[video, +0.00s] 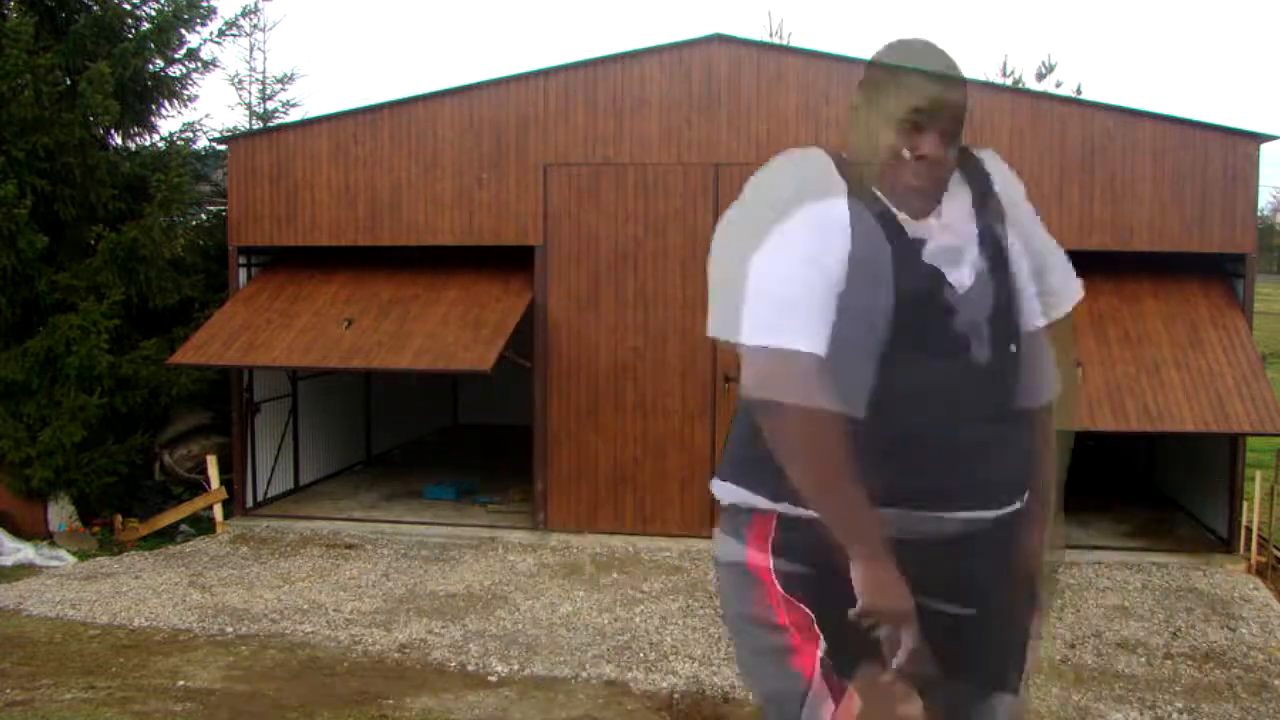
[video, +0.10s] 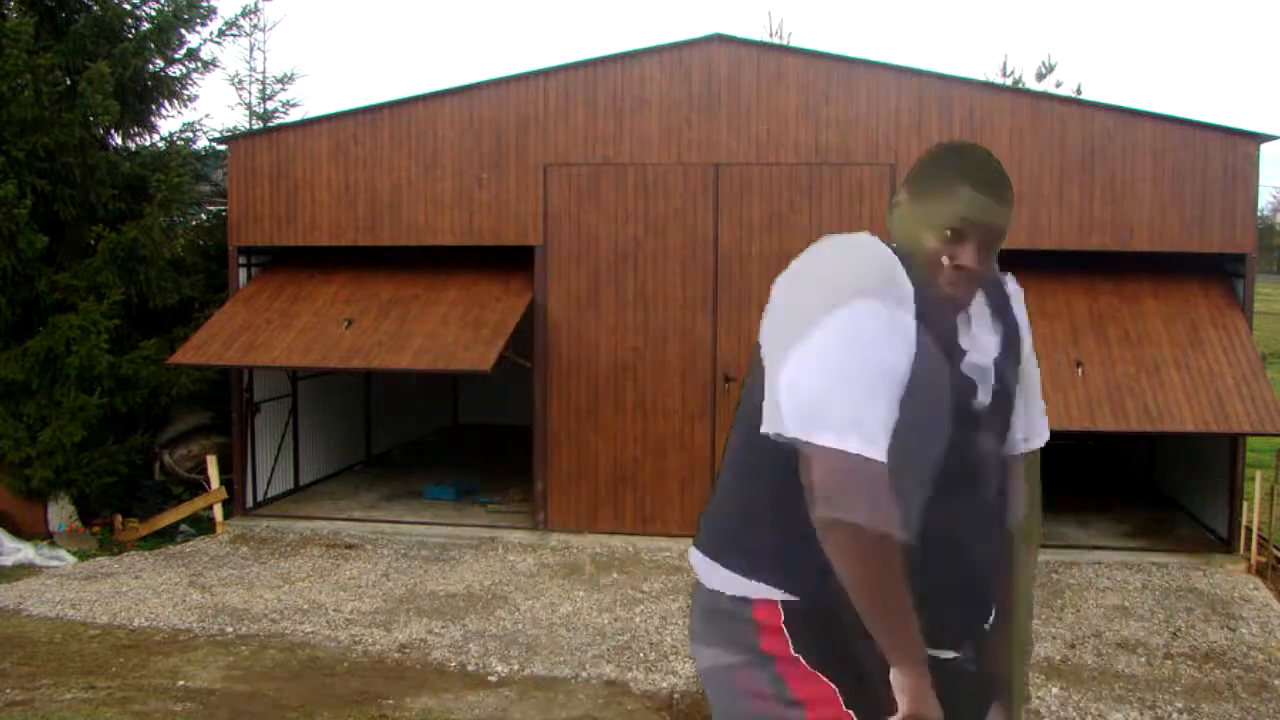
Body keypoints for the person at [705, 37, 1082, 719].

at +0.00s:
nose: (933, 148)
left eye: (949, 130)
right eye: (914, 125)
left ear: (963, 135)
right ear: (864, 120)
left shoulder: (998, 228)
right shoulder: (817, 230)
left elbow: (1035, 388)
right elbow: (787, 399)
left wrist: (1034, 522)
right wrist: (870, 554)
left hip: (972, 544)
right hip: (813, 547)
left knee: (979, 704)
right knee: (865, 706)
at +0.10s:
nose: (969, 261)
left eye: (989, 243)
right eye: (950, 234)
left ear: (1004, 244)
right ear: (902, 212)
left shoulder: (1001, 304)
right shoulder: (853, 276)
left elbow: (1014, 506)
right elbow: (845, 493)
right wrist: (908, 665)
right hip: (783, 622)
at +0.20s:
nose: (997, 424)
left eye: (1014, 413)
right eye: (985, 395)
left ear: (1023, 416)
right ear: (930, 356)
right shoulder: (904, 419)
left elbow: (962, 601)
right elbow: (886, 642)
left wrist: (980, 708)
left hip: (817, 690)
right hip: (715, 696)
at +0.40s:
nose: (985, 514)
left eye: (1001, 507)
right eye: (978, 486)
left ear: (910, 446)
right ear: (925, 444)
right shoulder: (905, 483)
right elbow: (849, 652)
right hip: (634, 707)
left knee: (941, 613)